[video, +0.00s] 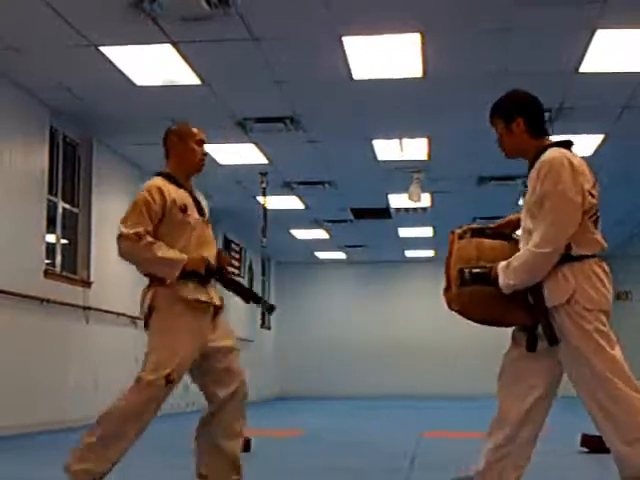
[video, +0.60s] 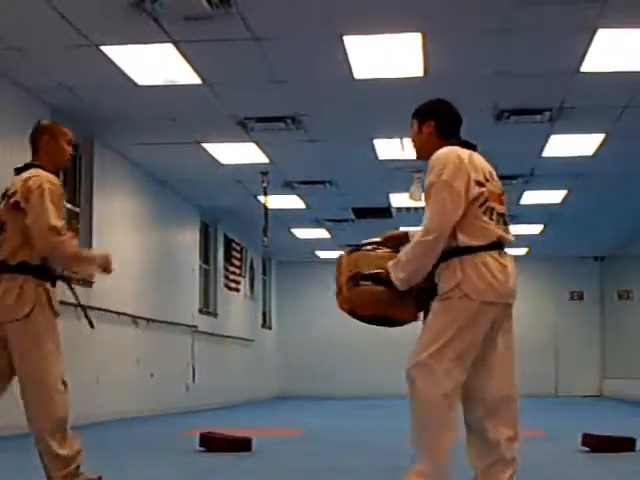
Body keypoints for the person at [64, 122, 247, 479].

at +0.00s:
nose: (204, 151)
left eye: (204, 145)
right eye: (198, 143)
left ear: (191, 150)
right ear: (174, 145)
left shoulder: (197, 200)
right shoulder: (157, 189)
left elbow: (191, 247)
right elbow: (130, 242)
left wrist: (218, 259)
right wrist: (185, 263)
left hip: (207, 306)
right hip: (176, 303)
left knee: (230, 391)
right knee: (153, 387)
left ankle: (219, 473)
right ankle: (84, 469)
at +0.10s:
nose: (184, 160)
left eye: (184, 154)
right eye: (177, 152)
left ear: (169, 160)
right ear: (153, 156)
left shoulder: (164, 208)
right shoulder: (133, 200)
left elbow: (160, 261)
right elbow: (120, 258)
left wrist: (186, 277)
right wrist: (175, 269)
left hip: (177, 311)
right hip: (148, 310)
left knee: (202, 397)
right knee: (129, 402)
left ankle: (215, 473)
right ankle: (76, 474)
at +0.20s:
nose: (162, 155)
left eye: (161, 149)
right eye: (156, 147)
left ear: (138, 151)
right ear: (133, 149)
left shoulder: (135, 198)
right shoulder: (116, 190)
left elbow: (121, 254)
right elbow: (108, 243)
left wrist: (160, 263)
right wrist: (162, 250)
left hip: (140, 300)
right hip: (119, 299)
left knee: (161, 394)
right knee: (104, 397)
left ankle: (204, 465)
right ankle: (75, 473)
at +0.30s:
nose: (138, 147)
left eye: (137, 141)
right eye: (132, 140)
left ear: (114, 145)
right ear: (110, 143)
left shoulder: (111, 185)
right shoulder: (97, 178)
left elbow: (101, 249)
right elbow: (105, 227)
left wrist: (136, 263)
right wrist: (160, 241)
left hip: (113, 293)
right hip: (92, 291)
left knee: (126, 384)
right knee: (88, 384)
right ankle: (74, 471)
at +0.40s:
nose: (113, 147)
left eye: (113, 140)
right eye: (107, 139)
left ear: (91, 144)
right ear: (85, 141)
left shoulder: (82, 183)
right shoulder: (77, 180)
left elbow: (82, 249)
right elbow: (104, 228)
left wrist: (118, 258)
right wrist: (159, 246)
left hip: (75, 291)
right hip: (68, 291)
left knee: (75, 381)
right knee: (77, 380)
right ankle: (68, 467)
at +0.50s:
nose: (91, 148)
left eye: (91, 142)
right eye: (86, 141)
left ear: (62, 145)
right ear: (63, 142)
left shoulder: (42, 185)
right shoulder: (59, 181)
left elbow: (52, 245)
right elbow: (80, 233)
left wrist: (97, 246)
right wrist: (133, 245)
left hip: (34, 292)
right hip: (52, 293)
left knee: (36, 386)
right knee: (61, 383)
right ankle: (67, 468)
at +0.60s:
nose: (72, 151)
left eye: (72, 145)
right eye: (68, 143)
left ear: (42, 145)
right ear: (45, 142)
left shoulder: (21, 184)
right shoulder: (41, 181)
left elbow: (30, 251)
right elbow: (53, 244)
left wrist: (74, 269)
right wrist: (95, 258)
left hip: (9, 289)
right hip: (24, 291)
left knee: (6, 374)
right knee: (45, 381)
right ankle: (64, 468)